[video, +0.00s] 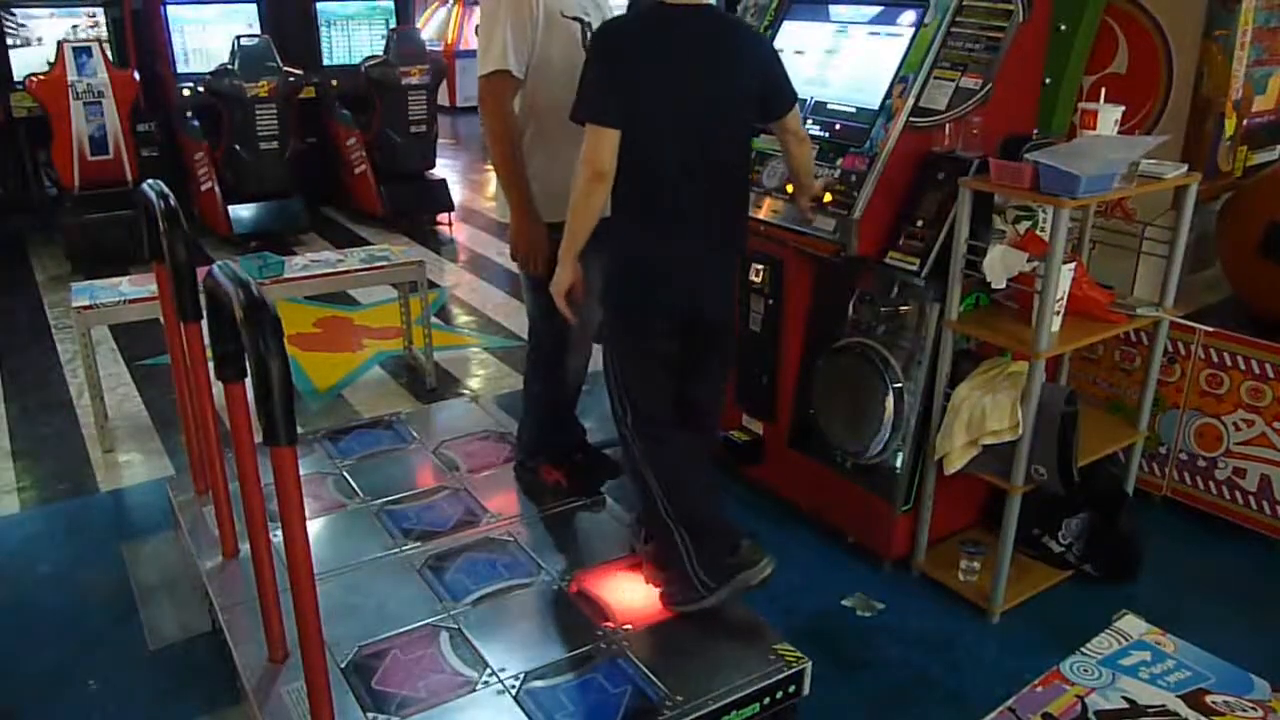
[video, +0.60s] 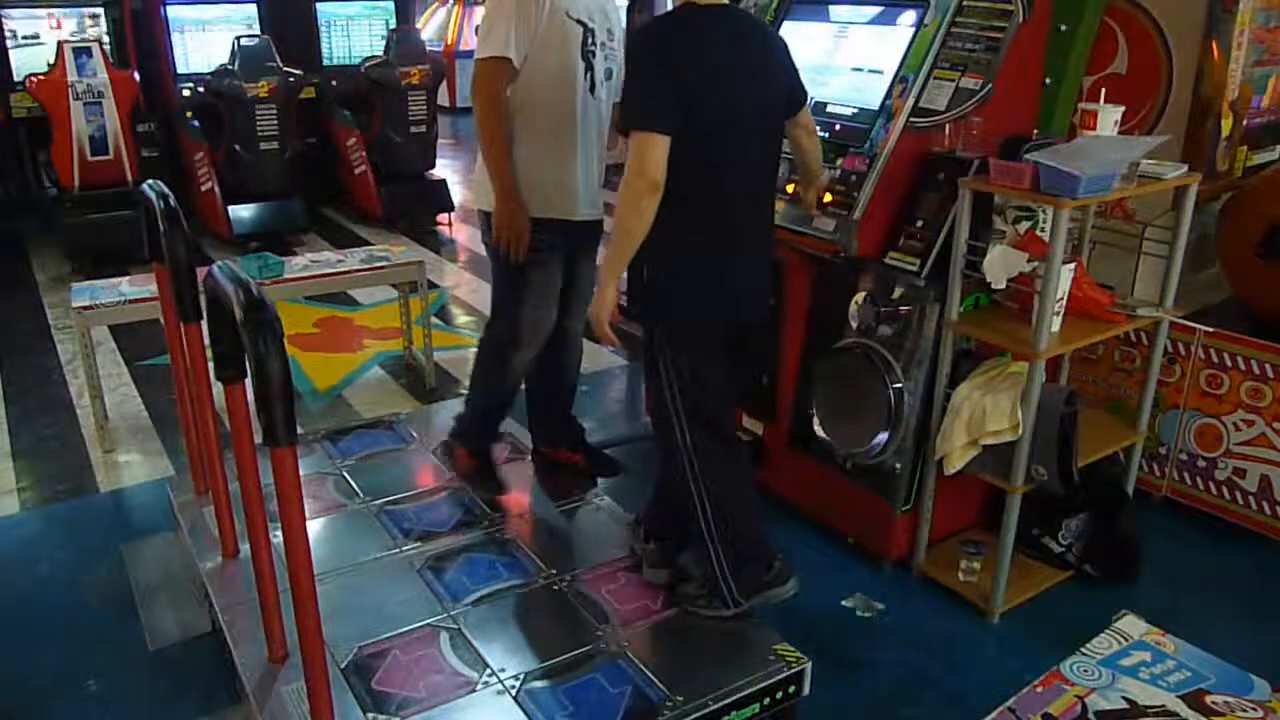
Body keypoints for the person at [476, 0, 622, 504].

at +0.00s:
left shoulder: (614, 8)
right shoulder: (518, 2)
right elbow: (495, 104)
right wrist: (523, 215)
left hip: (598, 201)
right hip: (546, 208)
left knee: (578, 336)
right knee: (554, 339)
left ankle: (566, 441)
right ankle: (537, 456)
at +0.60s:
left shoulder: (611, 10)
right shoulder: (524, 1)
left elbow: (608, 109)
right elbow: (487, 88)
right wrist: (506, 198)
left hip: (582, 204)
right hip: (525, 203)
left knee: (565, 336)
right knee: (520, 333)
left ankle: (556, 443)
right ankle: (471, 441)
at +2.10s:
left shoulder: (568, 13)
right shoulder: (469, 4)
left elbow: (572, 107)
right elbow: (425, 87)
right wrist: (434, 192)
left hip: (545, 207)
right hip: (474, 206)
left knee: (543, 343)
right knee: (450, 347)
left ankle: (555, 447)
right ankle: (423, 460)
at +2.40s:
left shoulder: (512, 10)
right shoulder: (390, 6)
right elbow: (353, 104)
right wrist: (373, 220)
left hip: (499, 215)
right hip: (417, 220)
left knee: (530, 357)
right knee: (414, 361)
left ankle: (551, 471)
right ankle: (408, 470)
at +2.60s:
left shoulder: (482, 8)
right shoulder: (349, 5)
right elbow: (294, 89)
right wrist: (293, 211)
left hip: (470, 201)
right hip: (385, 208)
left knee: (501, 340)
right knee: (401, 347)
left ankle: (523, 466)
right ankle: (408, 466)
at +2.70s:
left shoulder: (474, 7)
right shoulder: (337, 5)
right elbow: (263, 88)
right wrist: (253, 213)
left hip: (459, 202)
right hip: (375, 209)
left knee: (476, 337)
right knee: (395, 347)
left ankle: (471, 447)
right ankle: (408, 467)